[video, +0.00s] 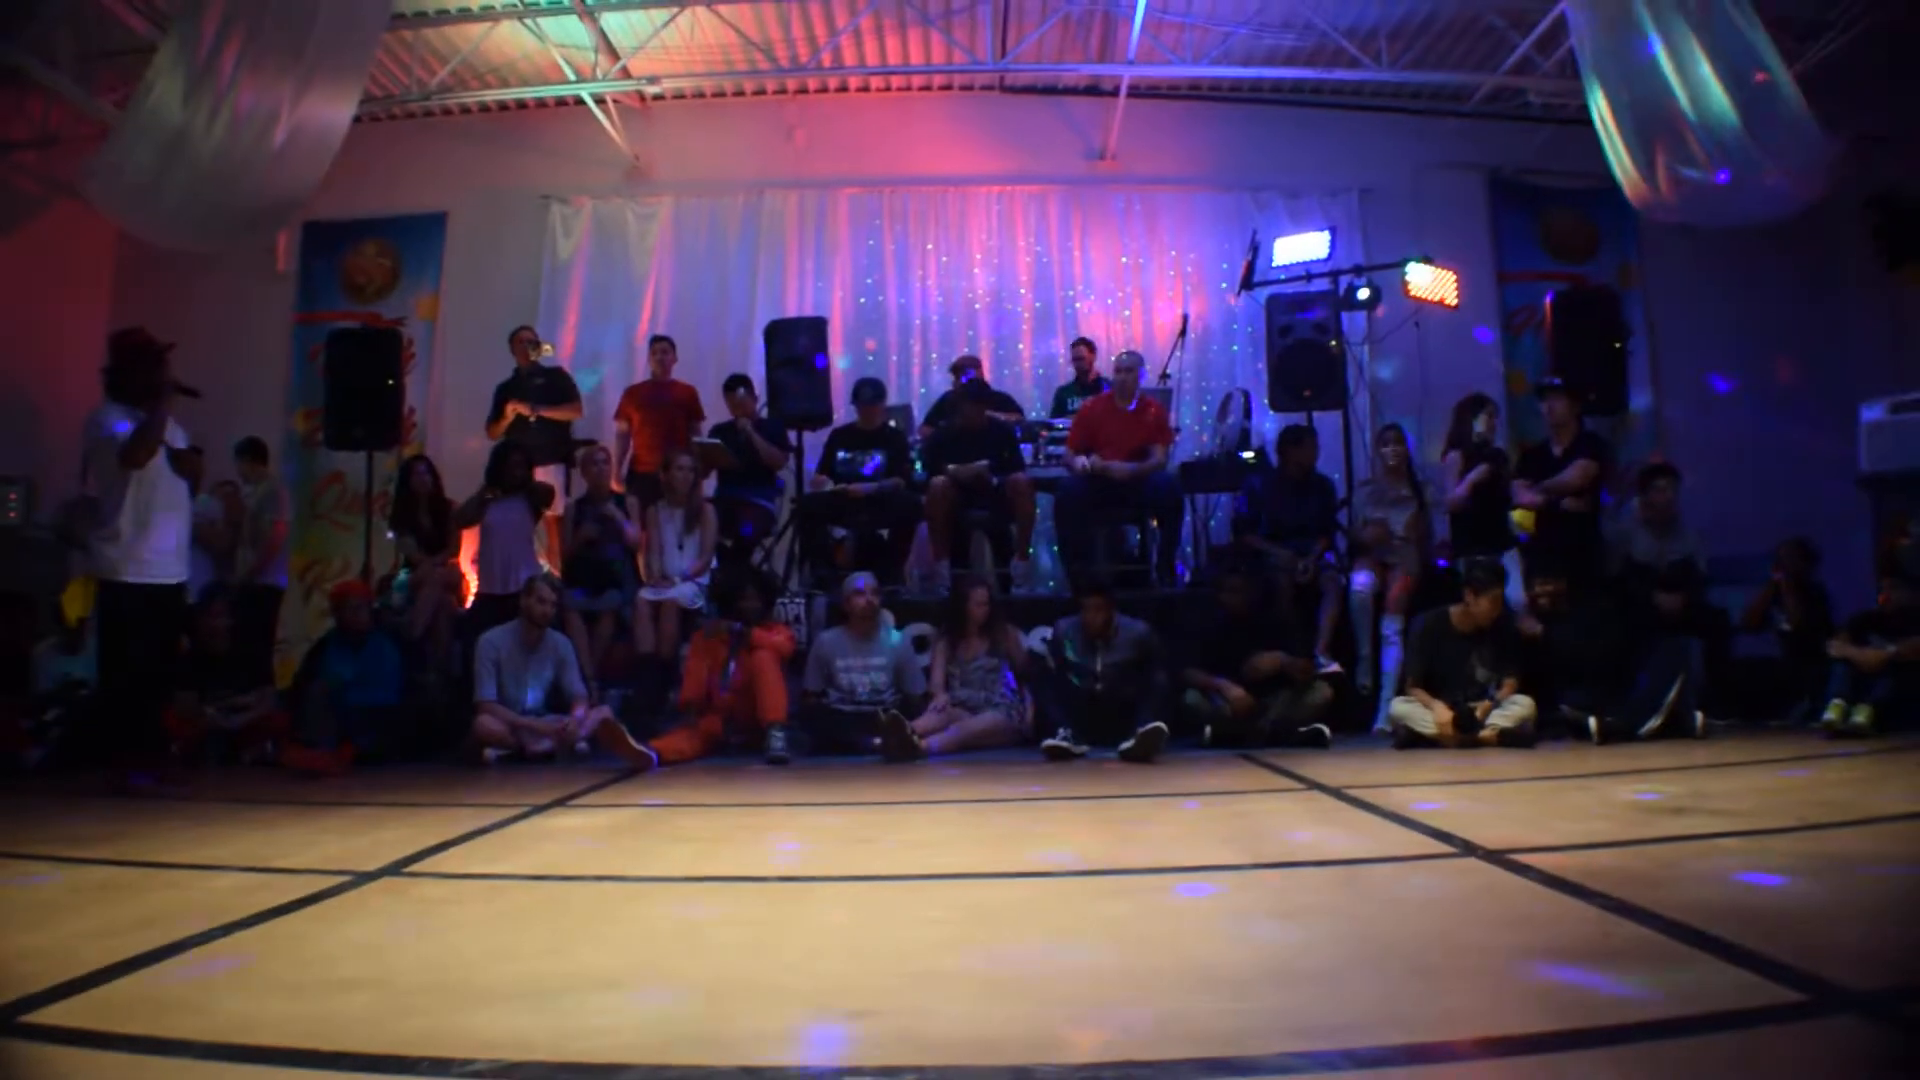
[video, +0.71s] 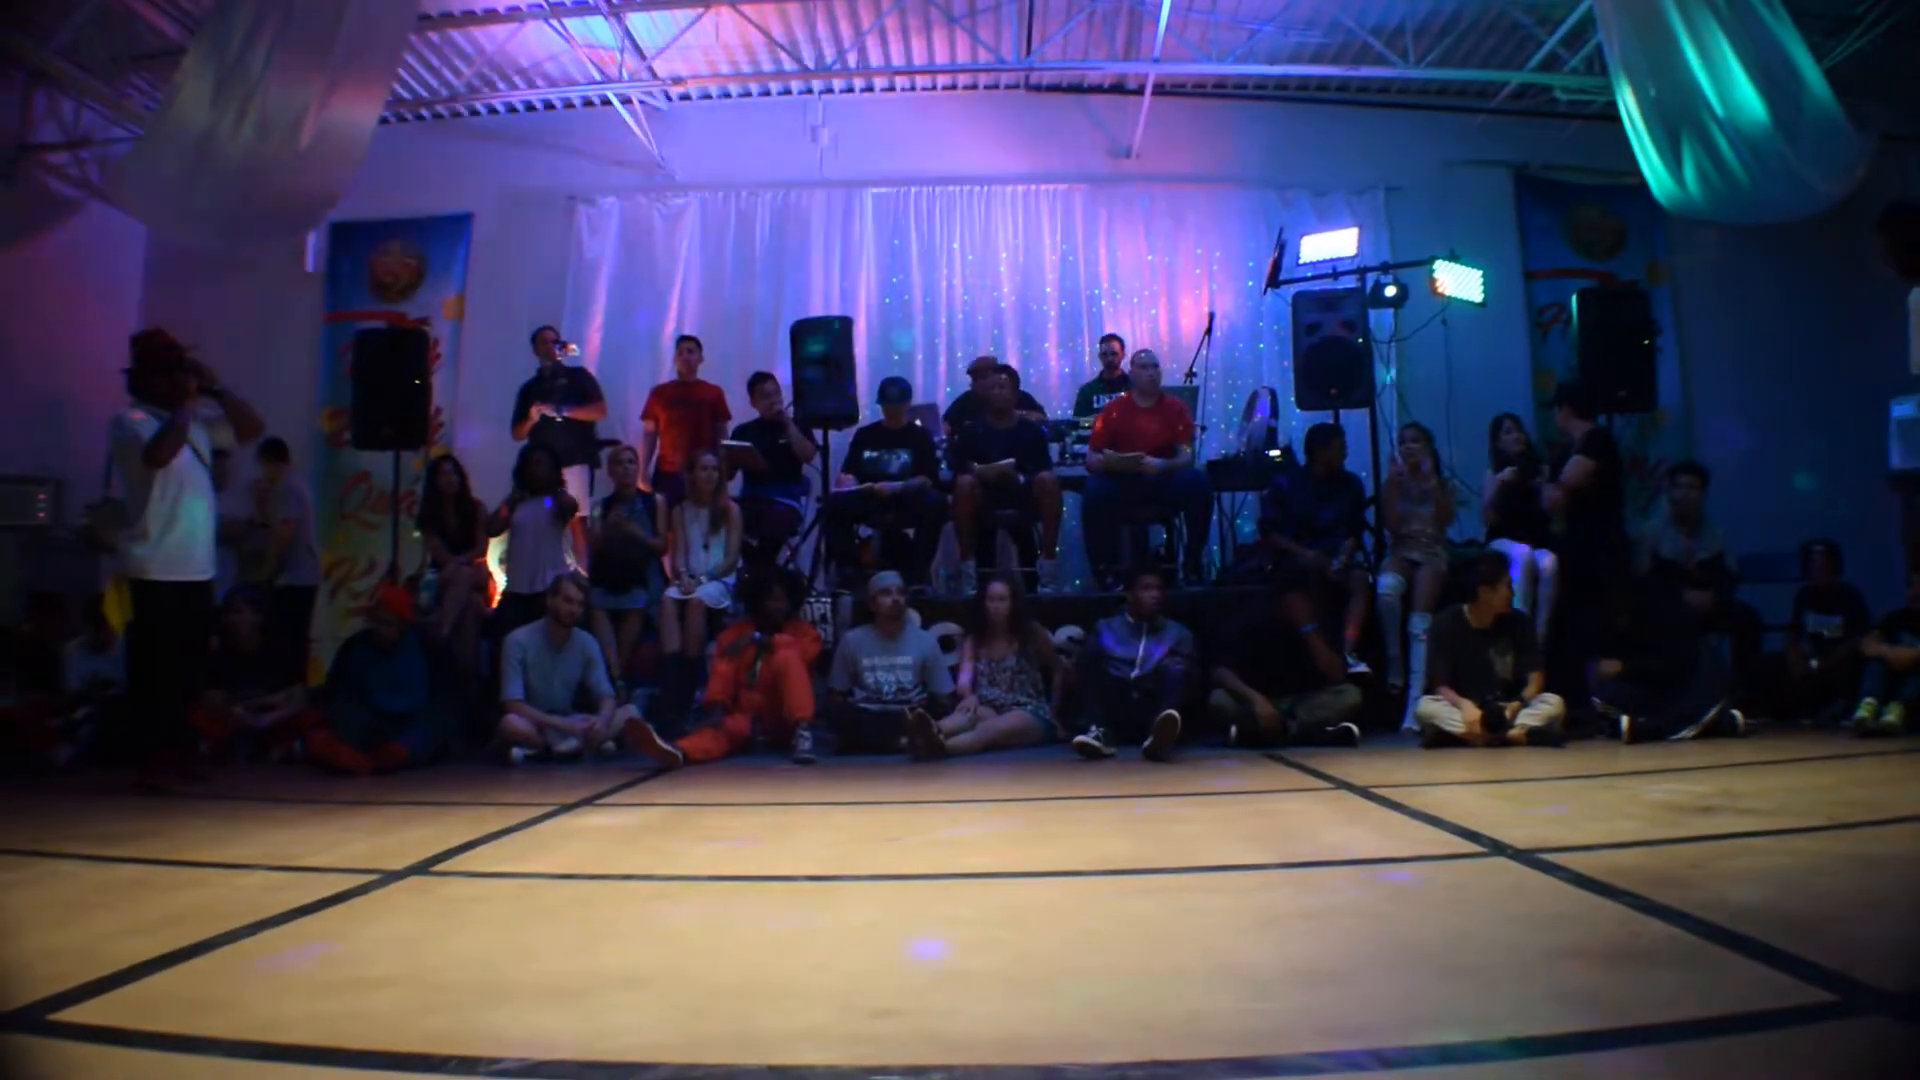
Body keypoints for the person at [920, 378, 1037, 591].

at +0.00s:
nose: (974, 414)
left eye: (980, 407)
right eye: (969, 407)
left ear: (987, 406)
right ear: (958, 407)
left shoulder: (1001, 431)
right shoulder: (942, 434)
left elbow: (1017, 469)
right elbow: (931, 471)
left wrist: (988, 475)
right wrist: (954, 472)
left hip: (994, 488)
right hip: (957, 489)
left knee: (1021, 483)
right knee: (939, 486)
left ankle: (1022, 558)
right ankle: (941, 561)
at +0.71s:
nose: (998, 393)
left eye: (1003, 387)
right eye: (993, 388)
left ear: (1015, 393)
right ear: (985, 393)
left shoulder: (1030, 428)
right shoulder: (972, 429)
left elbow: (1043, 468)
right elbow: (958, 466)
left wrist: (1015, 475)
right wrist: (982, 472)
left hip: (1020, 488)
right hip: (985, 489)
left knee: (1047, 481)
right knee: (965, 484)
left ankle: (1048, 560)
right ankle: (967, 564)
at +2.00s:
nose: (993, 408)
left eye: (999, 402)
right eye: (989, 402)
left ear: (1009, 402)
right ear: (982, 401)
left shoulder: (1024, 433)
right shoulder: (966, 434)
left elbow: (1034, 471)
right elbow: (950, 469)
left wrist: (1009, 481)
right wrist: (973, 476)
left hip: (1012, 493)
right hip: (978, 493)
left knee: (1041, 485)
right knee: (956, 488)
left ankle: (1041, 562)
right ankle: (959, 565)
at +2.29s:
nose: (994, 409)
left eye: (1000, 403)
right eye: (990, 403)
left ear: (1010, 403)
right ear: (982, 401)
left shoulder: (1023, 433)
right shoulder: (965, 434)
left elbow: (1035, 471)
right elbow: (951, 470)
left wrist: (1009, 478)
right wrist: (975, 475)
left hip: (1012, 492)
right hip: (978, 493)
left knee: (1041, 486)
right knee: (956, 488)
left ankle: (1042, 562)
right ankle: (959, 565)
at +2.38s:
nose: (994, 409)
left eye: (1000, 404)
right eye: (990, 403)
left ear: (1010, 403)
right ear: (982, 402)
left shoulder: (1023, 433)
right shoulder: (965, 433)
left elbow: (1035, 471)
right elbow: (951, 471)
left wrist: (1008, 475)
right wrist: (977, 474)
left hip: (1012, 491)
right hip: (978, 492)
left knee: (1041, 486)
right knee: (956, 489)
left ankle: (1042, 560)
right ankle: (959, 565)